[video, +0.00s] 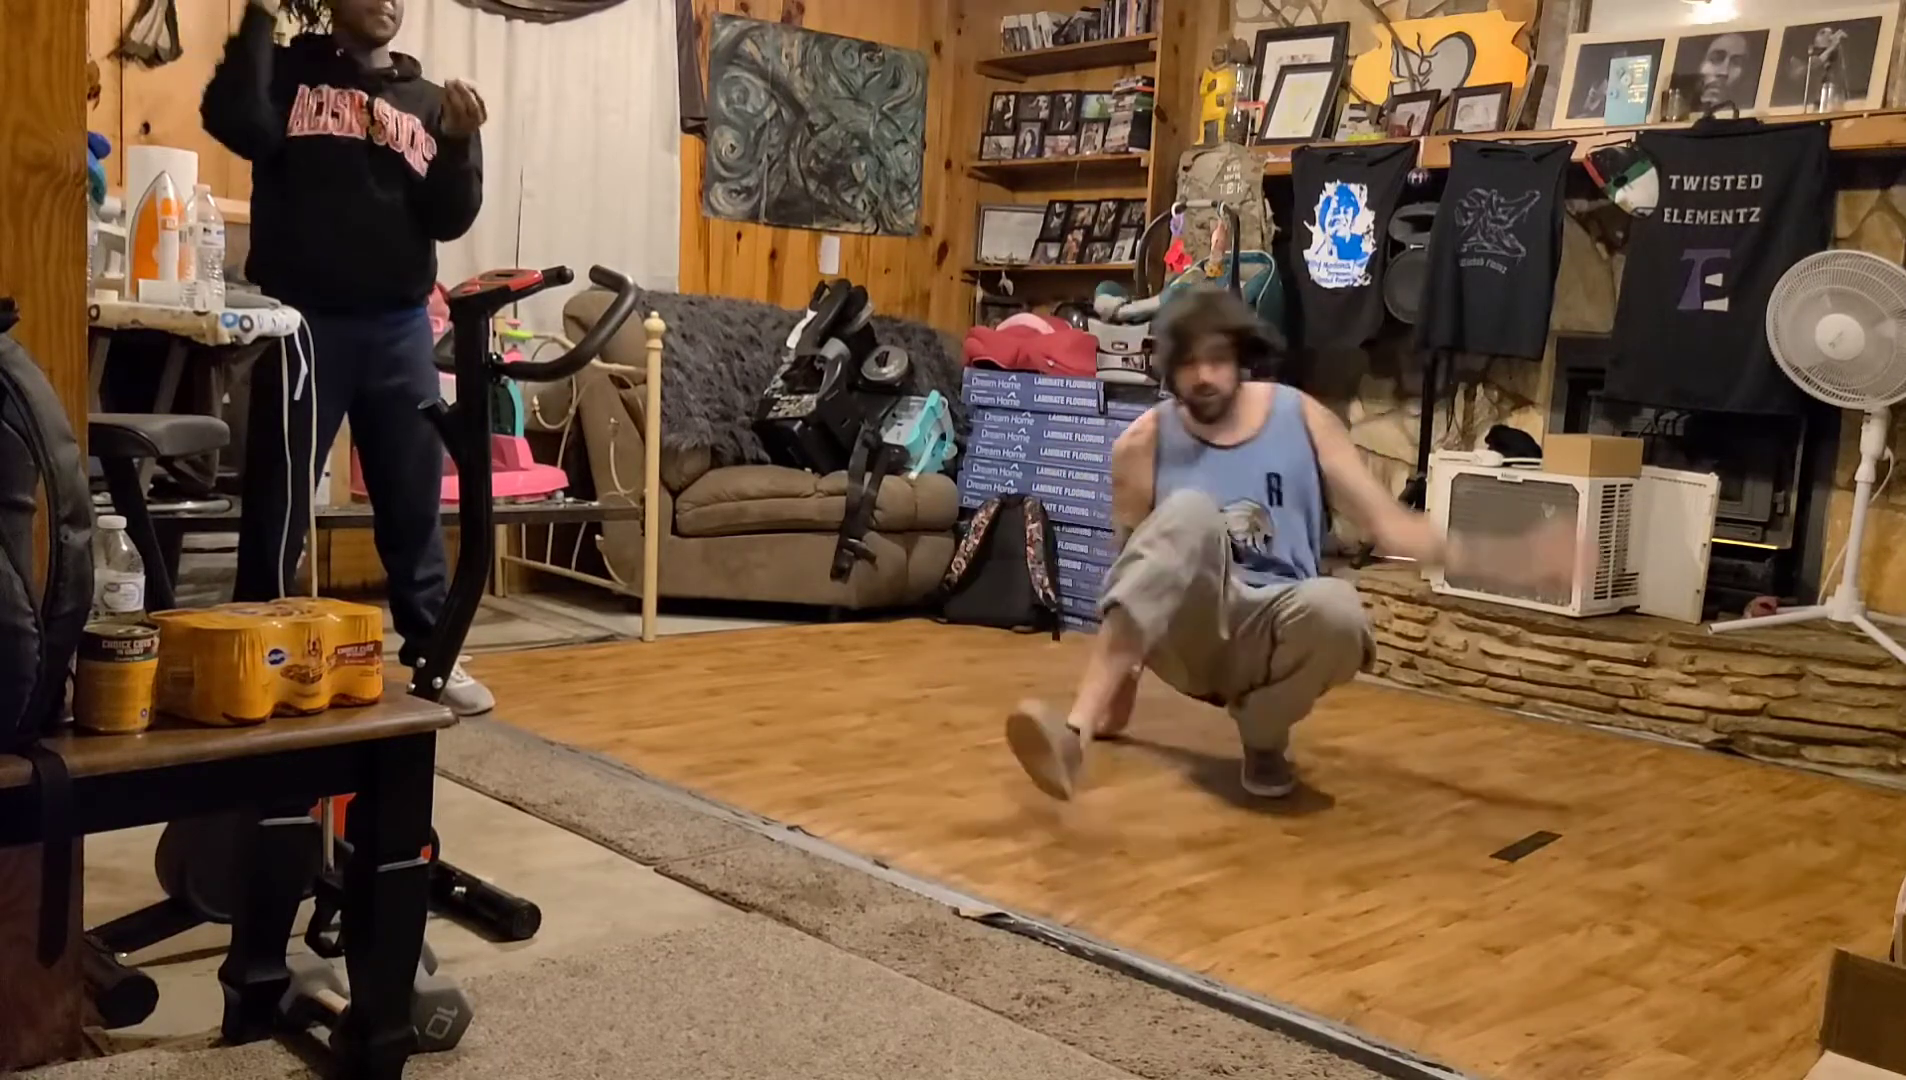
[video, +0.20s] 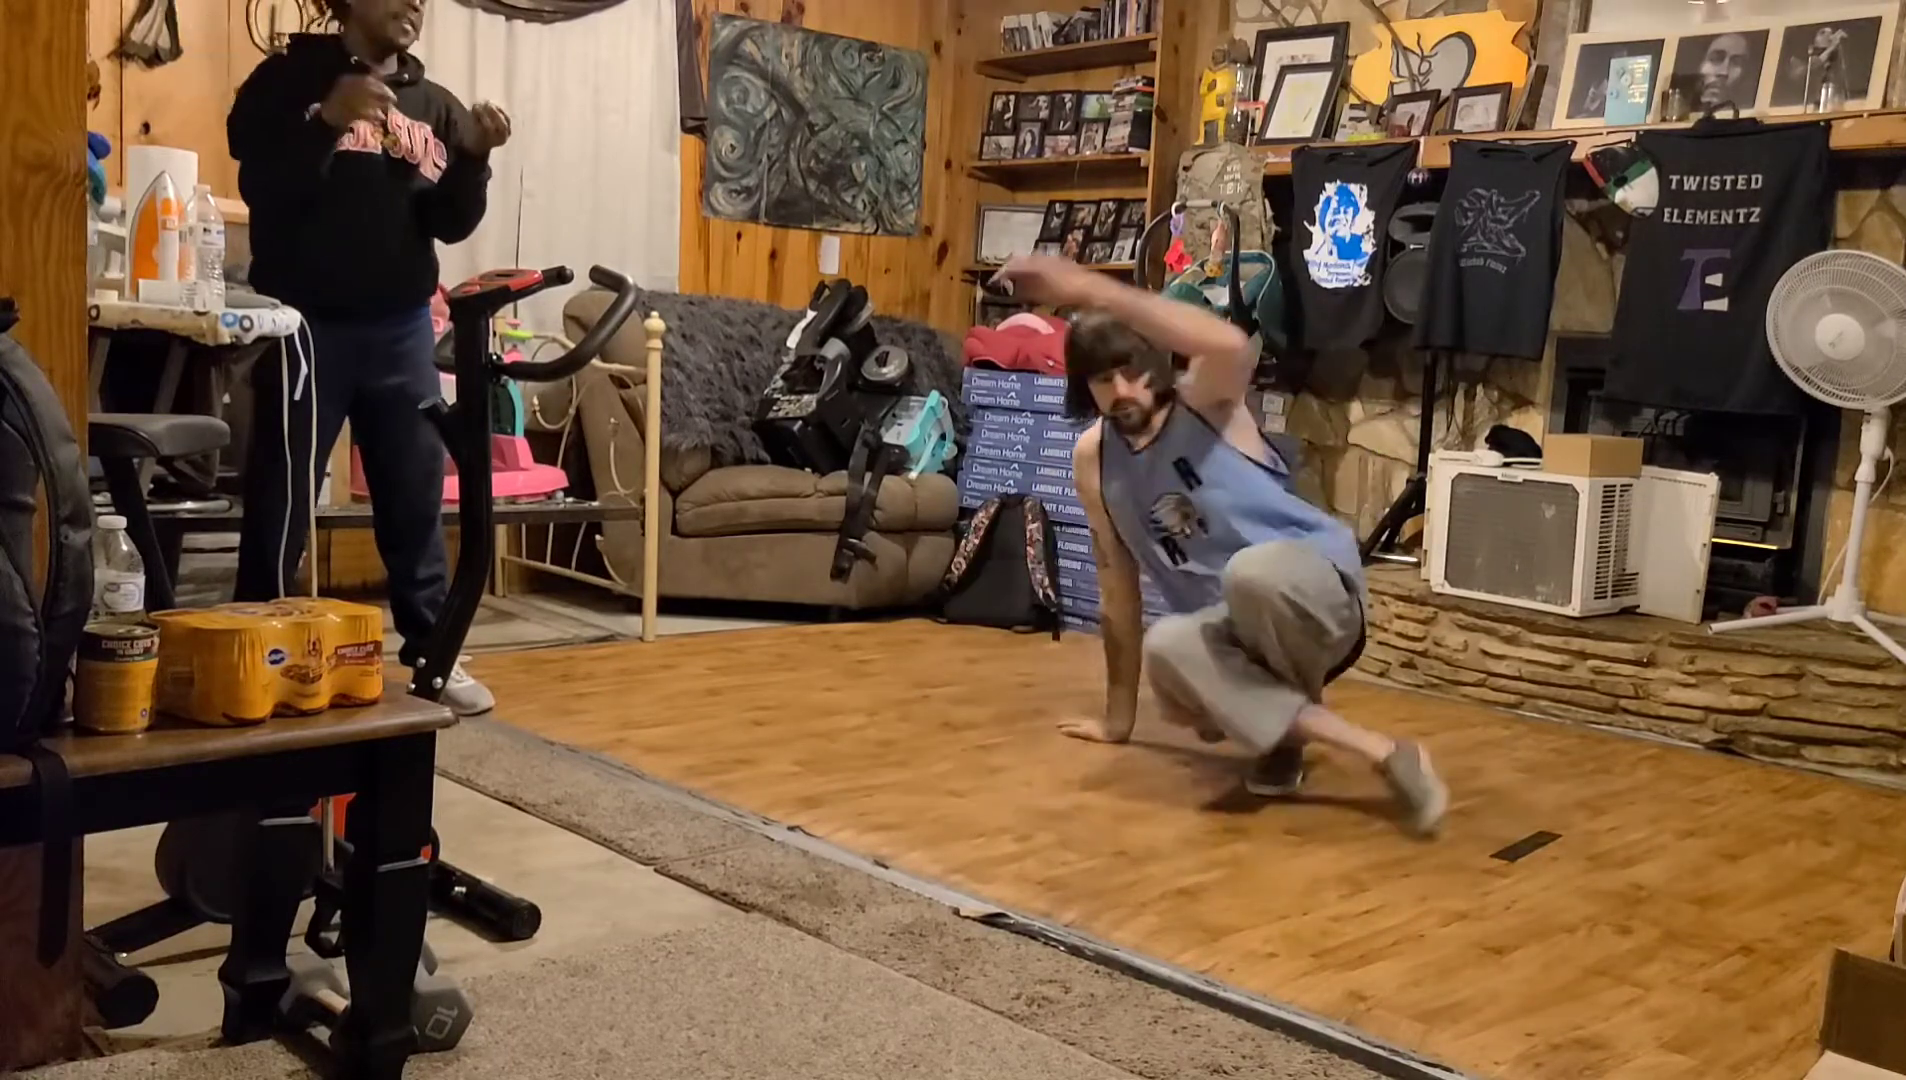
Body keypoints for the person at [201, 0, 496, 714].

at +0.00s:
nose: (386, 3)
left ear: (401, 11)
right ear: (331, 2)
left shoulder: (429, 99)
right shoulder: (287, 63)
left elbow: (448, 220)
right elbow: (234, 121)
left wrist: (463, 141)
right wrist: (257, 22)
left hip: (398, 325)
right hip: (298, 322)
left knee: (413, 499)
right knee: (278, 499)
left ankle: (432, 658)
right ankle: (252, 660)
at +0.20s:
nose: (414, 10)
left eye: (417, 3)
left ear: (415, 16)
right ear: (344, 4)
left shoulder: (435, 105)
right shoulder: (290, 74)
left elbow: (448, 224)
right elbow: (247, 149)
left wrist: (474, 156)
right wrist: (326, 117)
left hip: (400, 327)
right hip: (303, 326)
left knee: (415, 498)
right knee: (280, 499)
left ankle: (432, 656)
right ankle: (253, 660)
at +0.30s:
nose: (429, 10)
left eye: (431, 3)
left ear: (425, 16)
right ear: (358, 2)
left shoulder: (441, 107)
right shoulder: (293, 76)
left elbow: (453, 225)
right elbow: (267, 178)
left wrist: (482, 156)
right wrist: (344, 133)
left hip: (405, 327)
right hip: (309, 327)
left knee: (417, 498)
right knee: (285, 501)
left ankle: (432, 654)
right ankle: (255, 660)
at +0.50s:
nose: (452, 9)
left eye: (454, 1)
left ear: (443, 15)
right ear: (379, 3)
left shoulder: (462, 110)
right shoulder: (313, 78)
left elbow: (474, 227)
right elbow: (282, 182)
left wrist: (500, 159)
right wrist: (367, 139)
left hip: (423, 328)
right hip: (328, 325)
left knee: (428, 500)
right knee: (302, 496)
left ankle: (432, 657)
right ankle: (258, 656)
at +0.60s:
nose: (459, 8)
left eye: (462, 1)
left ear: (462, 14)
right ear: (394, 3)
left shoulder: (467, 105)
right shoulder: (327, 80)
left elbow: (495, 230)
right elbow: (282, 179)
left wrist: (507, 164)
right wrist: (375, 152)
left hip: (433, 330)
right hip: (337, 326)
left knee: (436, 501)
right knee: (306, 495)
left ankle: (432, 658)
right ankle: (265, 656)